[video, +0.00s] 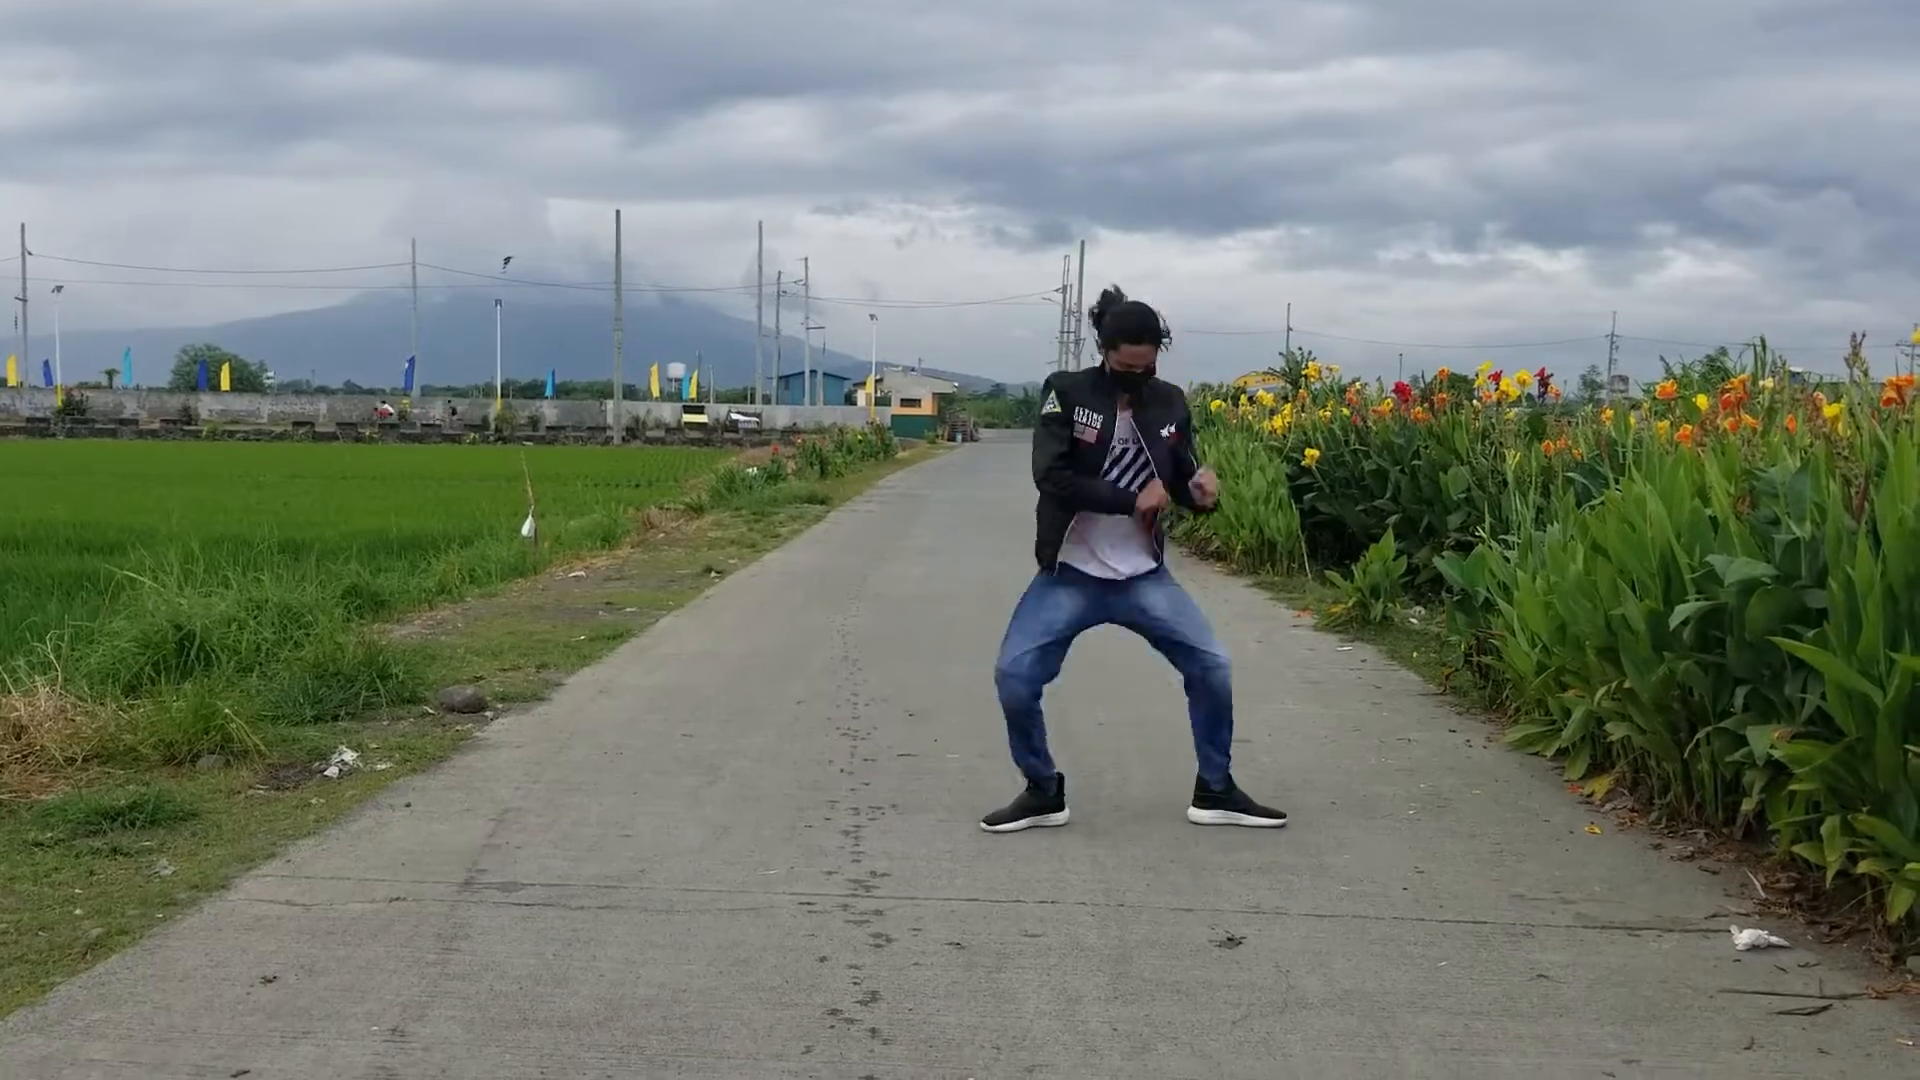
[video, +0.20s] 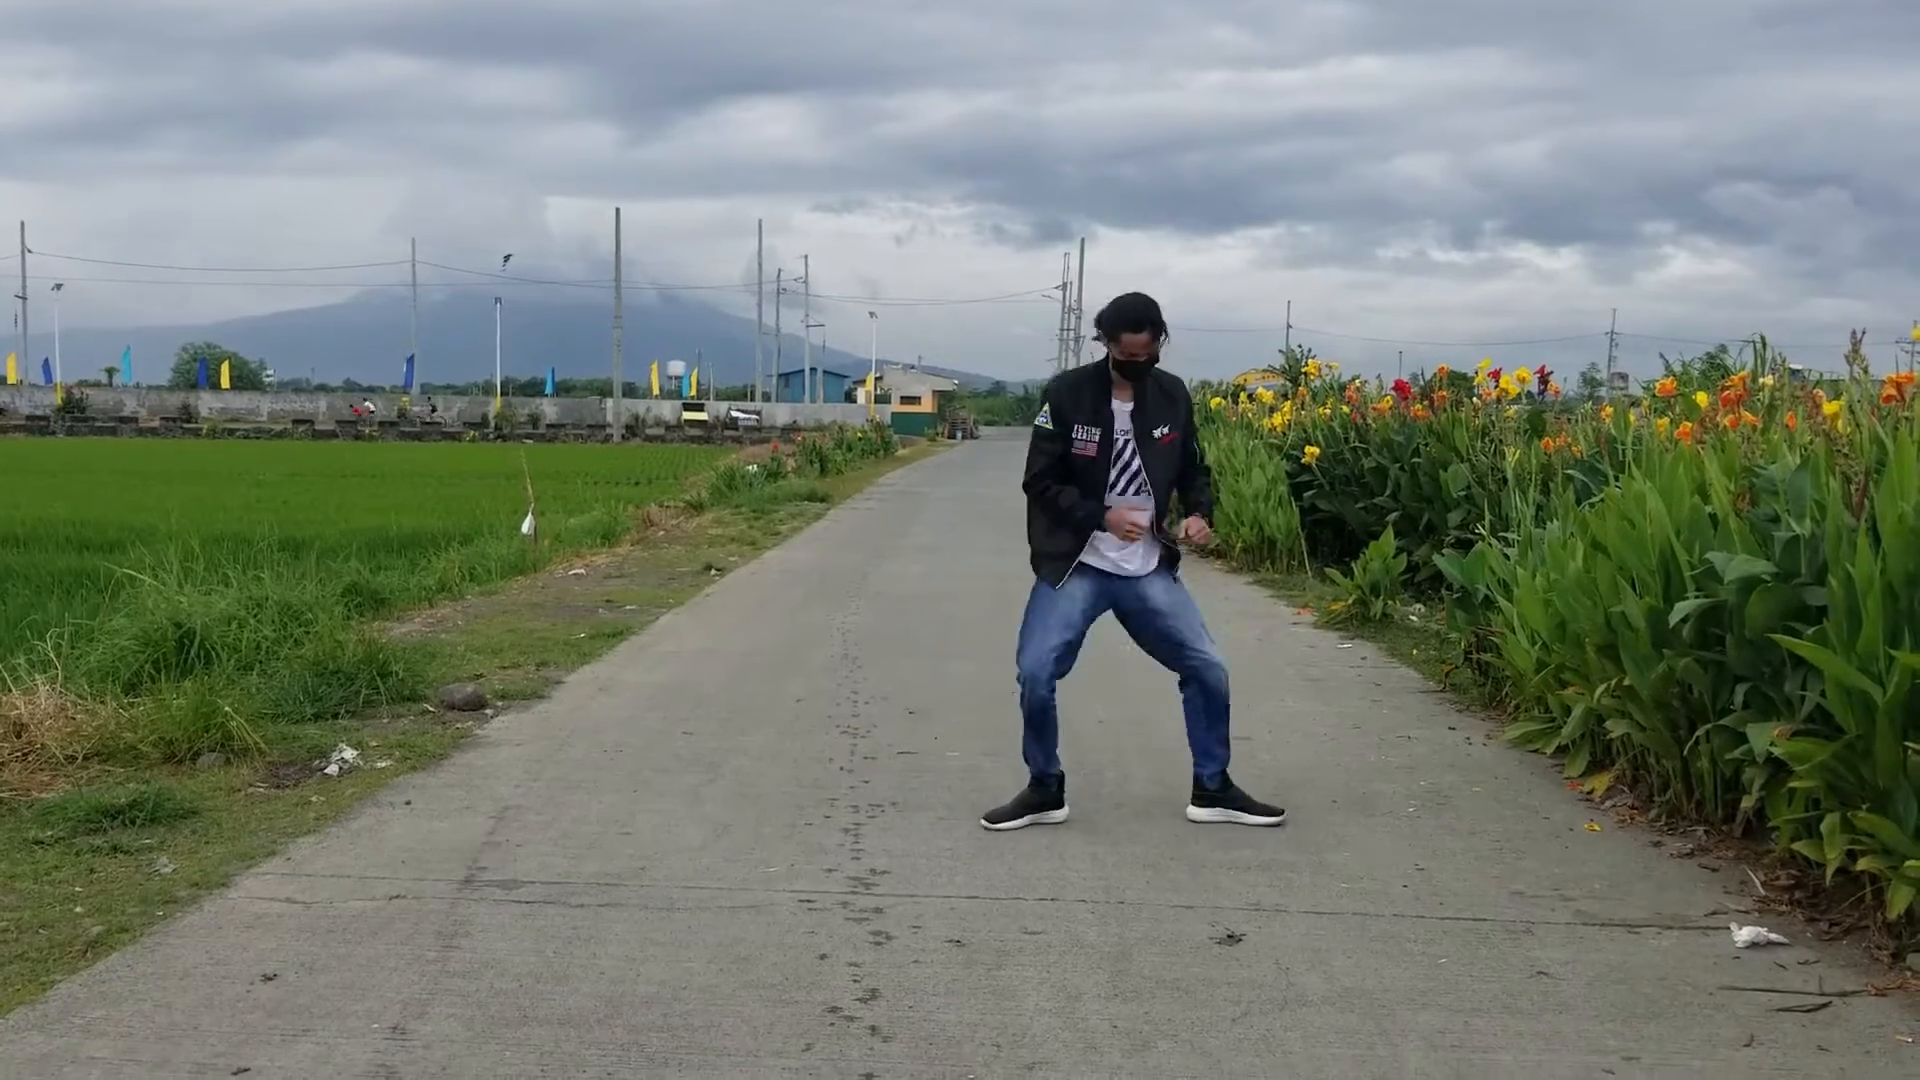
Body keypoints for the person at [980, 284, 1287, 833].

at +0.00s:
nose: (1137, 376)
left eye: (1146, 367)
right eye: (1128, 368)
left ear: (1158, 350)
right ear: (1106, 351)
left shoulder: (1171, 402)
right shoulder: (1067, 391)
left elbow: (1179, 484)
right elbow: (1050, 475)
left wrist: (1196, 491)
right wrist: (1131, 499)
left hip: (1143, 576)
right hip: (1069, 575)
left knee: (1212, 666)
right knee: (1013, 676)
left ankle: (1214, 789)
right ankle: (1043, 790)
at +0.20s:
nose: (1136, 365)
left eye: (1146, 355)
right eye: (1126, 356)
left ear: (1160, 345)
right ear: (1105, 343)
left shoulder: (1173, 397)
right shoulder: (1067, 392)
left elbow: (1192, 472)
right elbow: (1040, 482)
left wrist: (1198, 513)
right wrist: (1102, 516)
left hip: (1148, 568)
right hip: (1075, 564)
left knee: (1208, 669)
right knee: (1034, 673)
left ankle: (1212, 788)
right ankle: (1045, 787)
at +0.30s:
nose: (1122, 319)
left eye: (1132, 308)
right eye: (1111, 308)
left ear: (1147, 299)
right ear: (1093, 298)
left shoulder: (1165, 353)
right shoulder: (1056, 347)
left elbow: (1205, 426)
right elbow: (995, 410)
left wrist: (1196, 465)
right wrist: (1059, 414)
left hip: (1143, 532)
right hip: (1077, 529)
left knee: (1160, 664)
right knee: (1063, 660)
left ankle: (1178, 783)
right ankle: (1029, 780)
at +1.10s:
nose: (1108, 319)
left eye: (1119, 308)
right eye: (1097, 308)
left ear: (1139, 303)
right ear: (1082, 307)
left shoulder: (1163, 363)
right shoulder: (1053, 362)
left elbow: (1195, 429)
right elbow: (982, 424)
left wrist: (1233, 444)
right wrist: (1000, 377)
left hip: (1156, 548)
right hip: (1086, 548)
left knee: (1213, 664)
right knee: (1056, 669)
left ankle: (1224, 782)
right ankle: (1003, 771)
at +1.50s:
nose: (961, 313)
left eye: (971, 304)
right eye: (957, 303)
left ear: (1006, 300)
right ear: (956, 298)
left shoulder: (1039, 352)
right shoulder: (931, 360)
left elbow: (1072, 418)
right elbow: (908, 435)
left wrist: (1117, 439)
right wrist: (896, 460)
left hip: (1039, 531)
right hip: (976, 535)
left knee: (1079, 642)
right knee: (993, 659)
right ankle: (977, 778)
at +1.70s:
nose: (926, 340)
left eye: (937, 331)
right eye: (923, 330)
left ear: (972, 329)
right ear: (923, 326)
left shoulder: (1009, 366)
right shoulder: (902, 374)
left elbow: (1074, 365)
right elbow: (827, 392)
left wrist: (1147, 360)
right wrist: (748, 391)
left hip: (981, 548)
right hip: (924, 542)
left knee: (921, 657)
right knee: (986, 601)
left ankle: (838, 742)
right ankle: (971, 710)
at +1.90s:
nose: (921, 320)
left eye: (930, 309)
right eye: (913, 311)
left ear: (962, 305)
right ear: (909, 312)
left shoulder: (1001, 367)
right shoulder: (887, 368)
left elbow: (1030, 427)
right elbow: (842, 436)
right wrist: (789, 482)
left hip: (984, 538)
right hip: (920, 538)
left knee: (960, 671)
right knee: (932, 666)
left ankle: (882, 727)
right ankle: (946, 781)